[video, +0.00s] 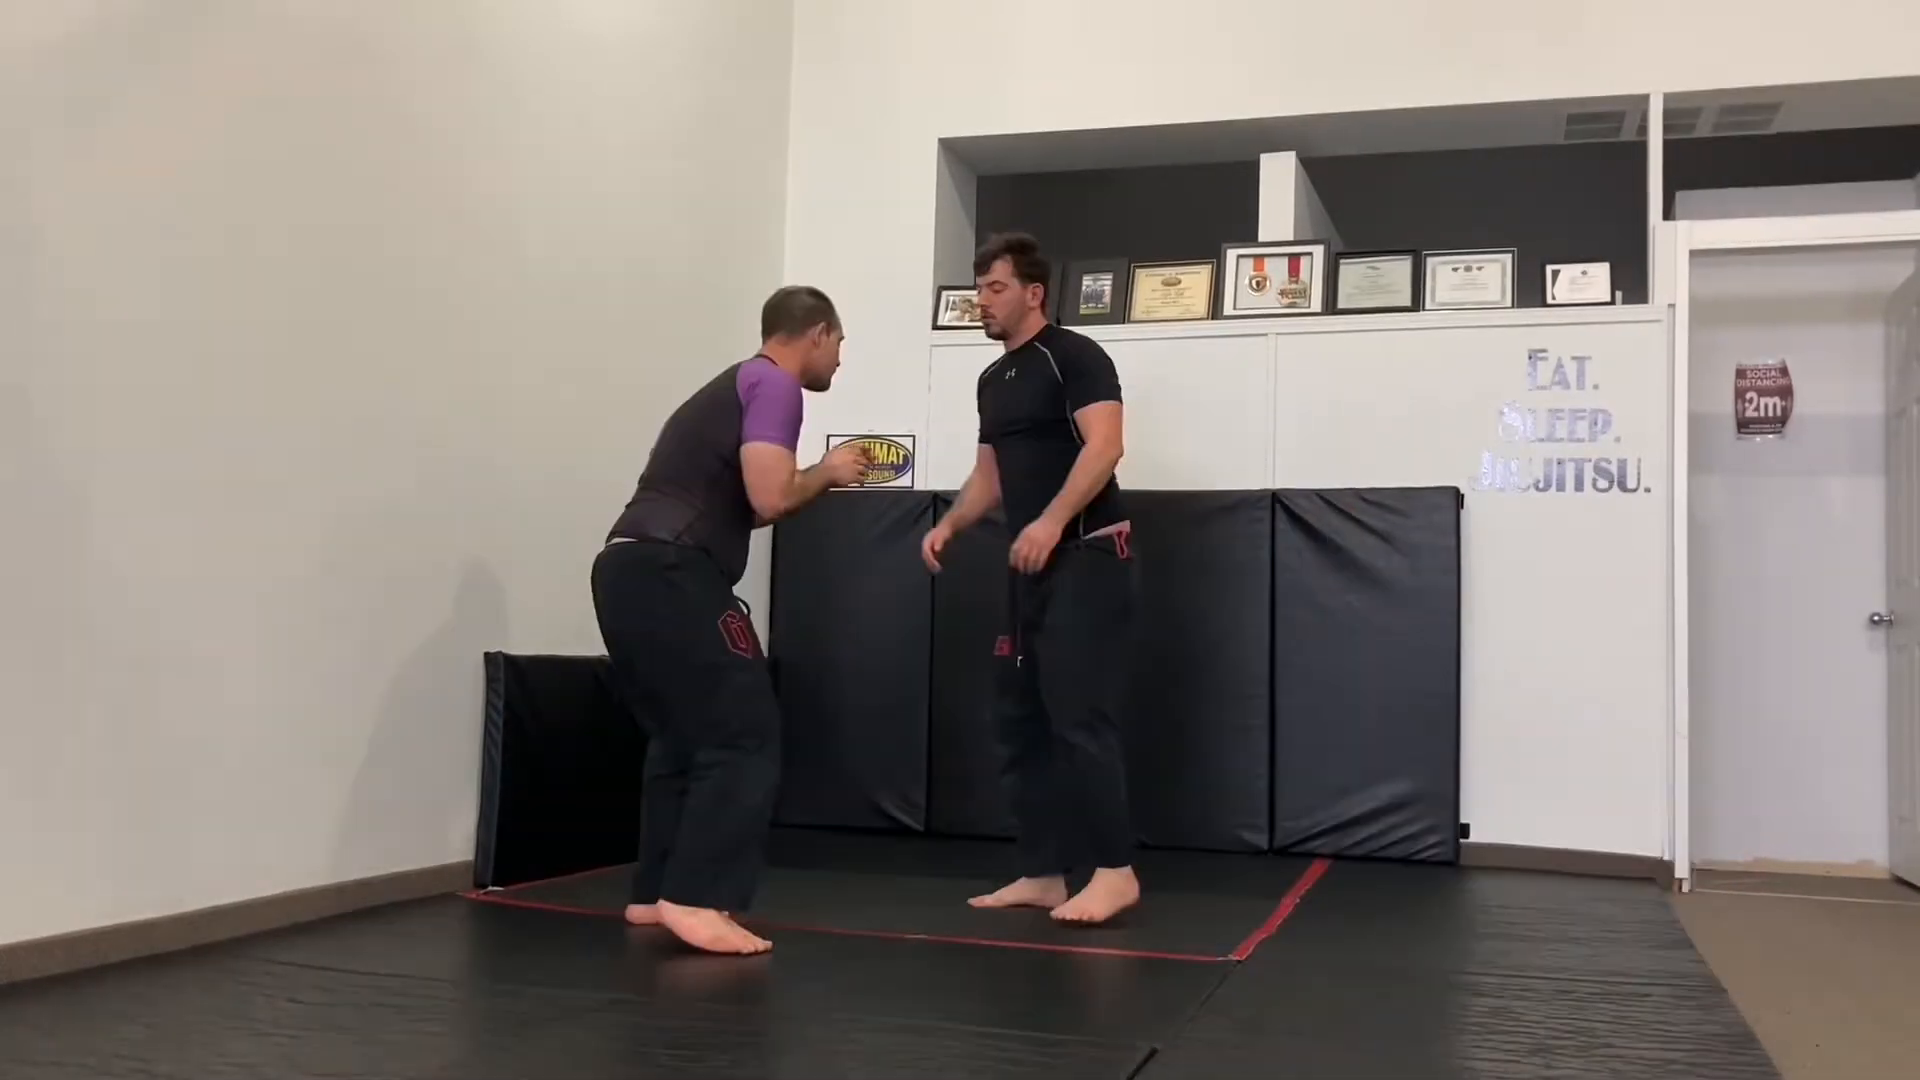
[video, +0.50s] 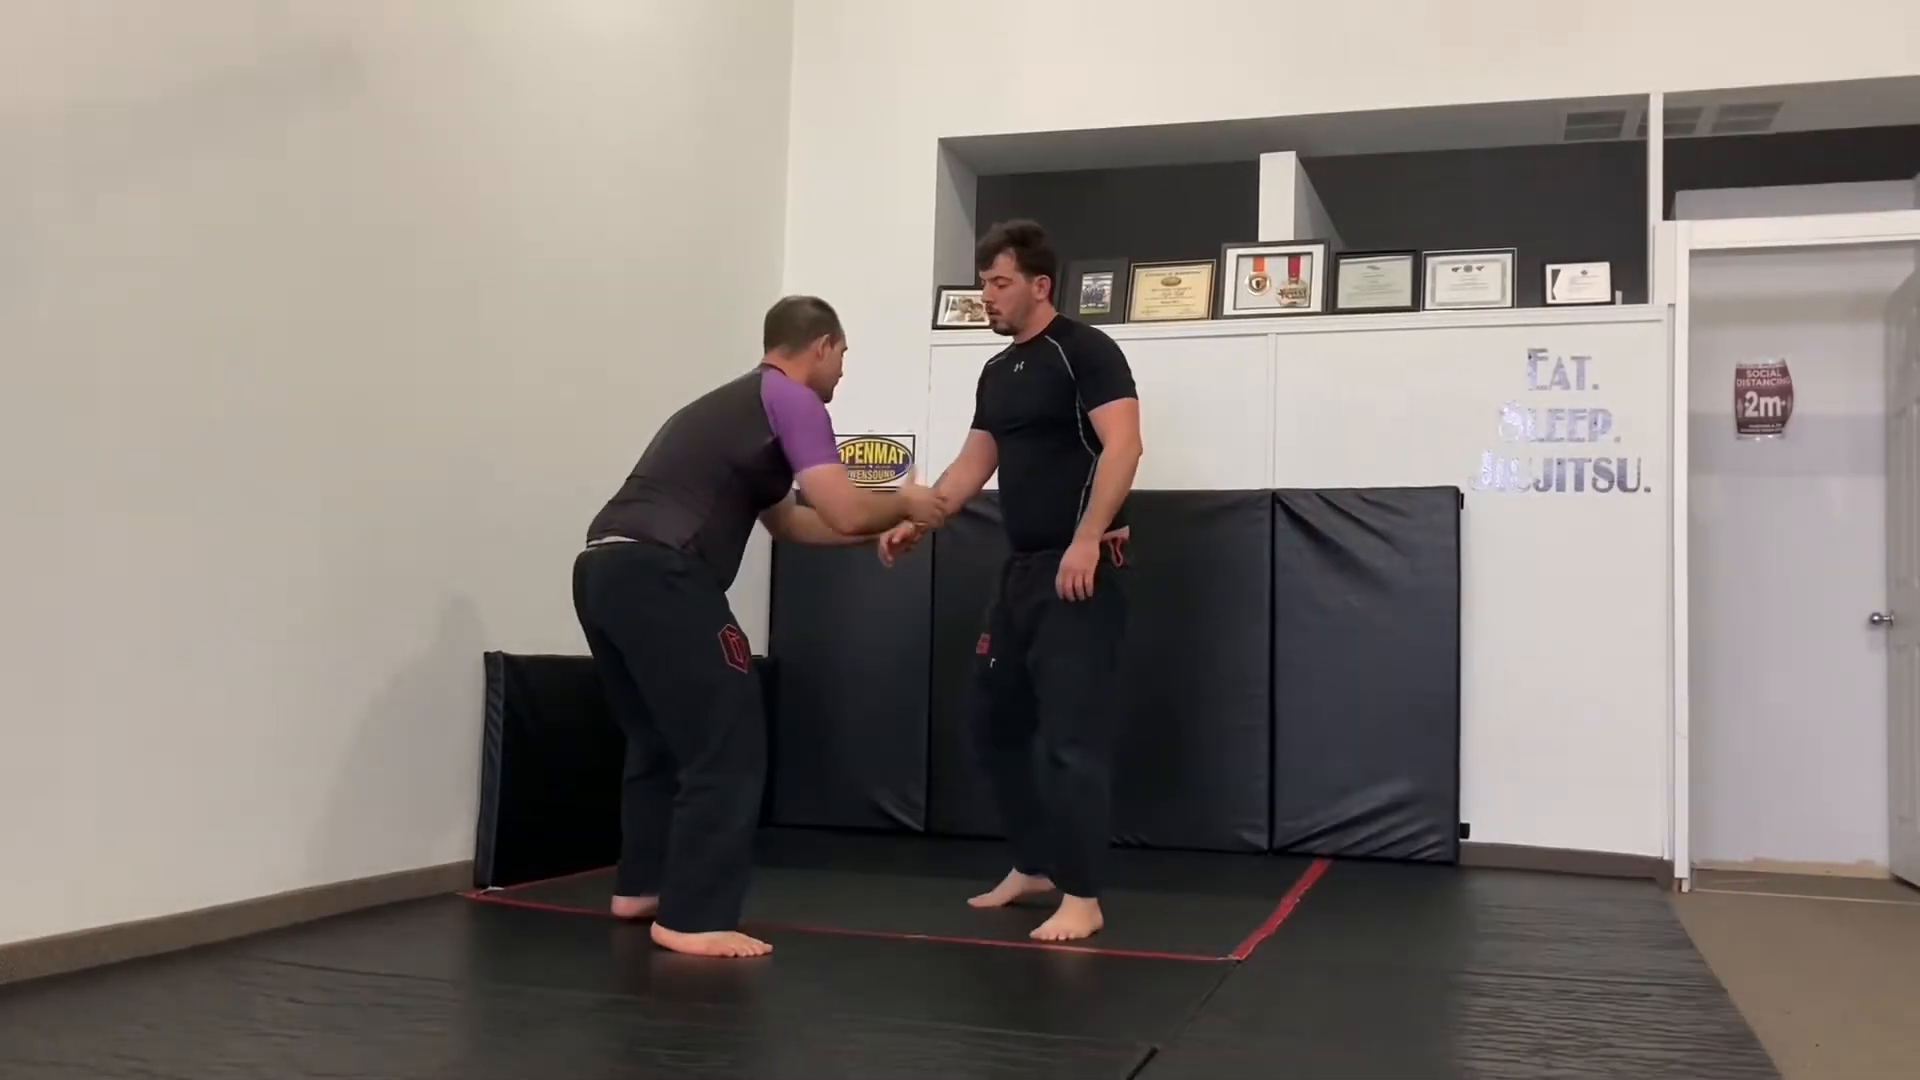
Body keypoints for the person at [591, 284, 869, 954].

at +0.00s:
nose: (840, 359)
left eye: (841, 346)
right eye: (839, 345)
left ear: (776, 333)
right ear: (817, 336)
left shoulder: (738, 382)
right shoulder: (773, 383)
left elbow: (755, 504)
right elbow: (770, 496)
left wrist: (820, 475)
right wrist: (826, 472)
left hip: (626, 570)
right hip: (669, 573)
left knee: (679, 735)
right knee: (744, 734)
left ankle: (654, 894)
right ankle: (698, 902)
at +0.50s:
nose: (841, 369)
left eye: (841, 356)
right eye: (840, 355)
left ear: (776, 349)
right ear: (821, 349)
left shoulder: (735, 403)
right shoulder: (792, 399)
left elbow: (788, 523)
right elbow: (849, 510)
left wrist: (879, 527)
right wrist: (907, 499)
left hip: (602, 571)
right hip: (660, 576)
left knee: (656, 737)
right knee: (729, 738)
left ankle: (639, 886)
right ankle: (694, 919)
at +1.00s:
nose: (851, 433)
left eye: (855, 420)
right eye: (850, 417)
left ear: (801, 400)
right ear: (816, 401)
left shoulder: (735, 438)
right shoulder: (790, 440)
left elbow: (728, 557)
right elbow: (864, 532)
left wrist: (807, 561)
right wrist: (921, 504)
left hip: (575, 574)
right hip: (627, 581)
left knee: (614, 735)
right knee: (699, 727)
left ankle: (583, 887)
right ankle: (665, 898)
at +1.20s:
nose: (893, 482)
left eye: (900, 471)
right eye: (889, 467)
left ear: (843, 442)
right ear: (851, 444)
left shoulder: (791, 464)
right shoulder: (814, 473)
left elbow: (763, 570)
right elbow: (869, 571)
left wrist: (797, 634)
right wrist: (912, 514)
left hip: (627, 591)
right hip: (644, 597)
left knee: (687, 729)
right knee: (720, 733)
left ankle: (609, 849)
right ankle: (668, 896)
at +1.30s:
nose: (911, 512)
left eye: (919, 501)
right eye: (906, 497)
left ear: (862, 469)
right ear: (868, 471)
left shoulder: (818, 491)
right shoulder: (827, 497)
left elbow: (802, 608)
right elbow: (874, 600)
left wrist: (837, 678)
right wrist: (914, 531)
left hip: (683, 604)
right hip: (659, 602)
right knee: (736, 739)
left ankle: (683, 841)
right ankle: (670, 895)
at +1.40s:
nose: (931, 550)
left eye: (939, 539)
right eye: (925, 533)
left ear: (894, 502)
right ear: (890, 504)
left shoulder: (868, 528)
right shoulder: (846, 528)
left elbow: (859, 640)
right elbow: (867, 644)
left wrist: (893, 703)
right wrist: (912, 570)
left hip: (732, 623)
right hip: (682, 614)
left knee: (806, 726)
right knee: (750, 747)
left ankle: (810, 859)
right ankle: (672, 895)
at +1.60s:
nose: (970, 611)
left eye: (980, 602)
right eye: (965, 596)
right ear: (932, 566)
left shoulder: (928, 594)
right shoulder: (879, 595)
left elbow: (951, 668)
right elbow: (848, 724)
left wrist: (1003, 730)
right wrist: (943, 727)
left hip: (803, 674)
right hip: (741, 662)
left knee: (892, 741)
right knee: (799, 766)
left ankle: (848, 874)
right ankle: (696, 896)